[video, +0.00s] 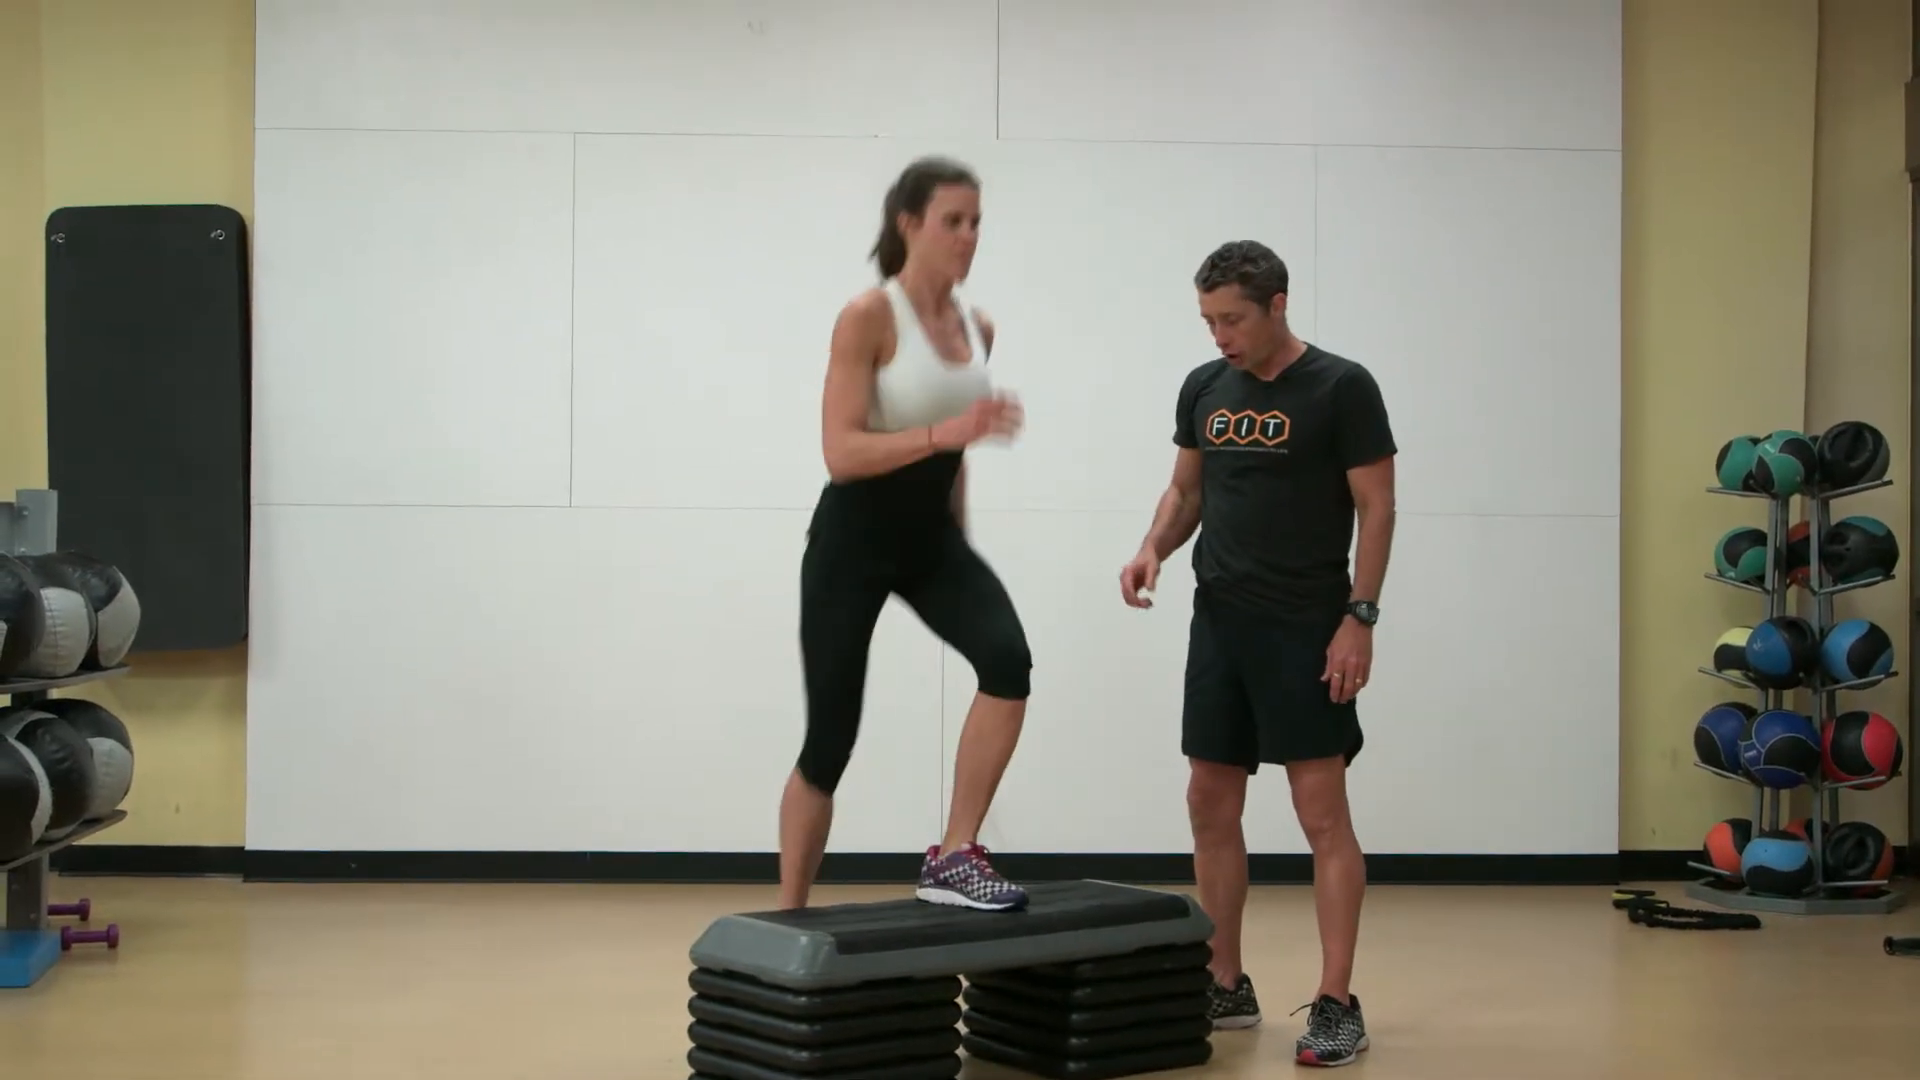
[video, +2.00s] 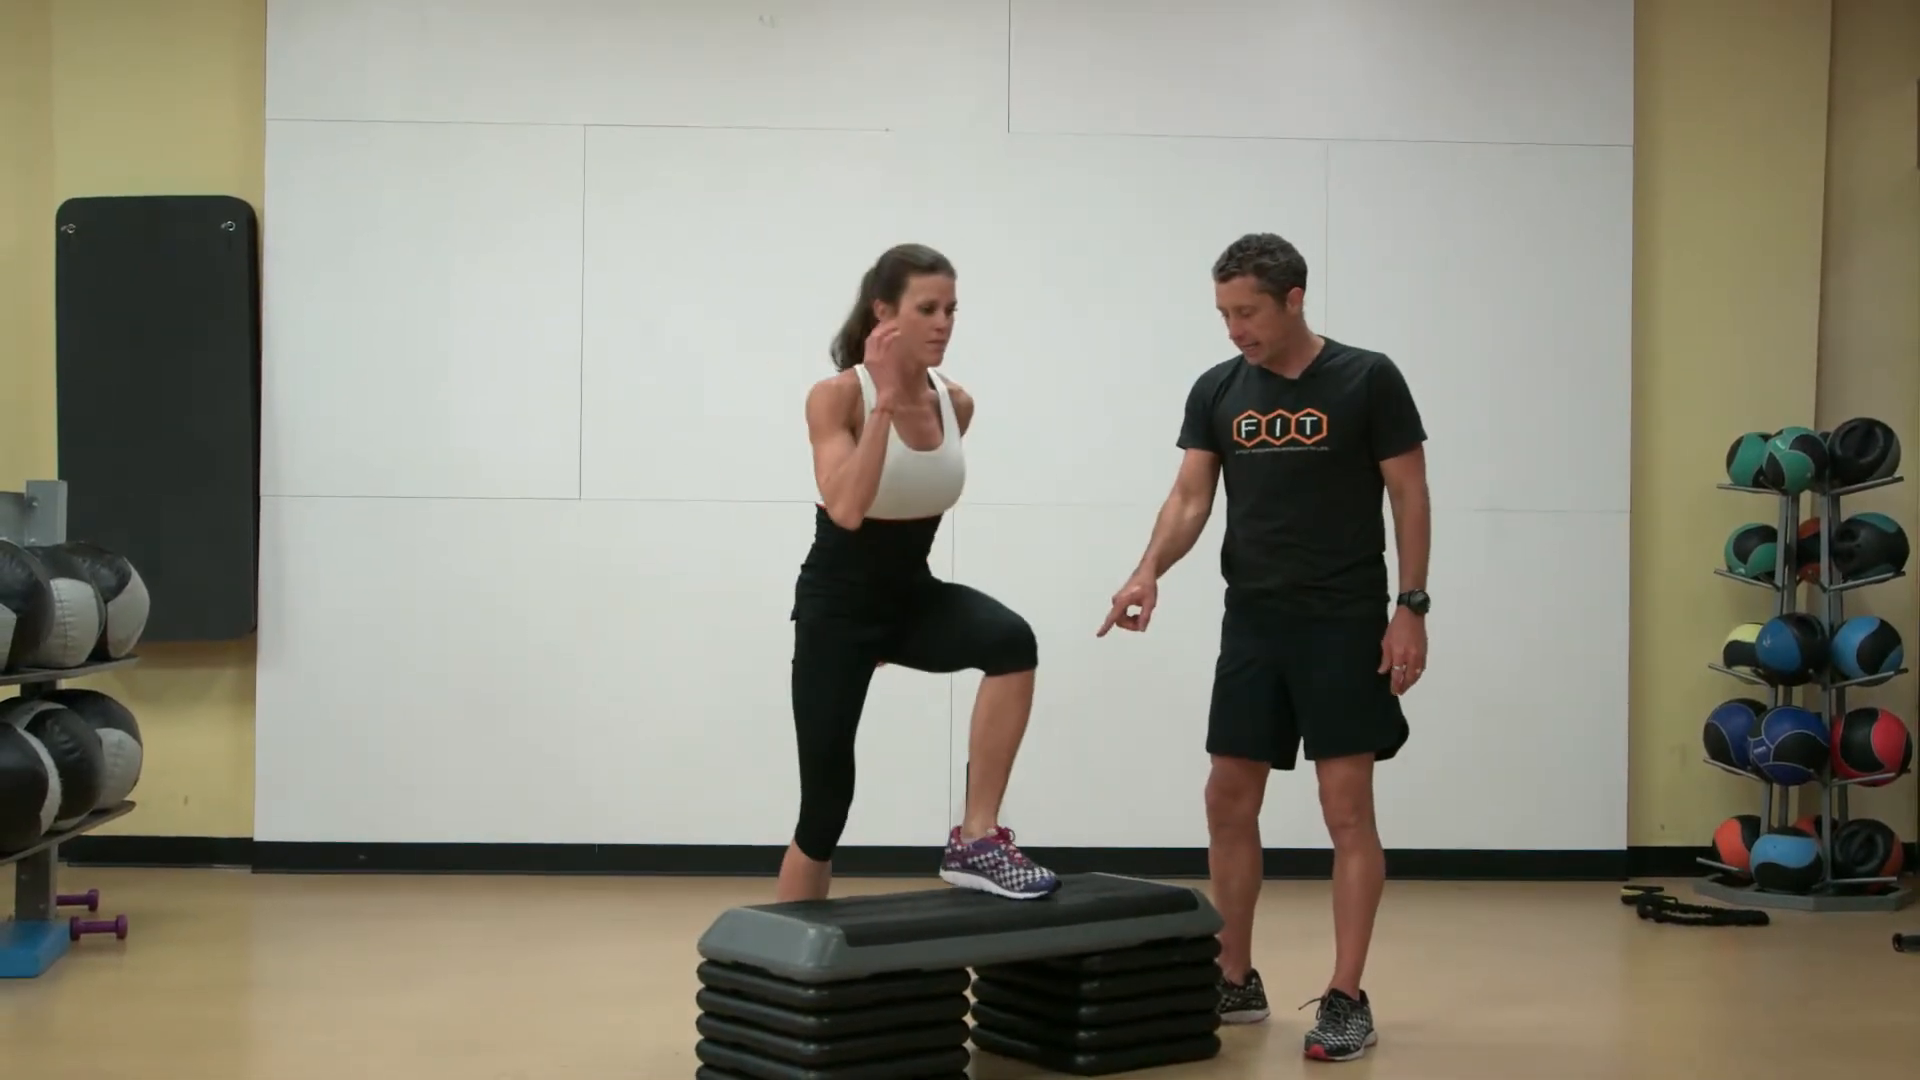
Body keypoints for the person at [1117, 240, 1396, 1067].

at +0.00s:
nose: (1218, 335)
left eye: (1230, 319)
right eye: (1209, 321)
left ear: (1277, 305)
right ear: (1205, 316)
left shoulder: (1342, 388)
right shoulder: (1204, 389)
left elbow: (1377, 508)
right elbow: (1185, 491)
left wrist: (1359, 616)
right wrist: (1152, 548)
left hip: (1308, 629)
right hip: (1221, 625)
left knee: (1323, 814)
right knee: (1210, 802)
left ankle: (1336, 1000)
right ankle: (1224, 983)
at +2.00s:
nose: (1235, 328)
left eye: (1248, 312)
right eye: (1225, 313)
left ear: (1293, 299)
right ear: (1222, 309)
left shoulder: (1367, 379)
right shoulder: (1216, 390)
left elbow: (1410, 498)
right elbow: (1188, 497)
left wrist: (1410, 608)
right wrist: (1149, 568)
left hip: (1344, 622)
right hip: (1251, 622)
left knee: (1347, 808)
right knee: (1228, 800)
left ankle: (1346, 995)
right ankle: (1233, 979)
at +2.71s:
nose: (1244, 297)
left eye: (1259, 282)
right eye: (1239, 282)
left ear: (1309, 283)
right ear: (1241, 286)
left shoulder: (1372, 376)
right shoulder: (1220, 382)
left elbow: (1410, 496)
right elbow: (1207, 492)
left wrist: (1391, 606)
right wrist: (1172, 533)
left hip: (1348, 617)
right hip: (1256, 617)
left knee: (1351, 806)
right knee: (1232, 793)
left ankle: (1350, 990)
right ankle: (1239, 973)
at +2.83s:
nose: (1253, 291)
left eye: (1267, 275)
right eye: (1249, 277)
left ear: (1317, 278)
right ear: (1253, 283)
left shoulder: (1375, 375)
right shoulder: (1238, 373)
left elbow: (1377, 498)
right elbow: (1205, 484)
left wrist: (1313, 585)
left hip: (1347, 612)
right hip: (1255, 610)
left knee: (1353, 802)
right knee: (1233, 795)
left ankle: (1350, 991)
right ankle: (1240, 975)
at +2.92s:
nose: (1257, 288)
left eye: (1272, 274)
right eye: (1255, 275)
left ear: (1323, 275)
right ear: (1263, 279)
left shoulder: (1379, 372)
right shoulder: (1244, 363)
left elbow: (1358, 485)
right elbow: (1205, 448)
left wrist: (1278, 560)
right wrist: (1216, 340)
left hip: (1346, 614)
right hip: (1259, 610)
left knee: (1352, 802)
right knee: (1235, 793)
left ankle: (1351, 991)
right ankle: (1241, 974)